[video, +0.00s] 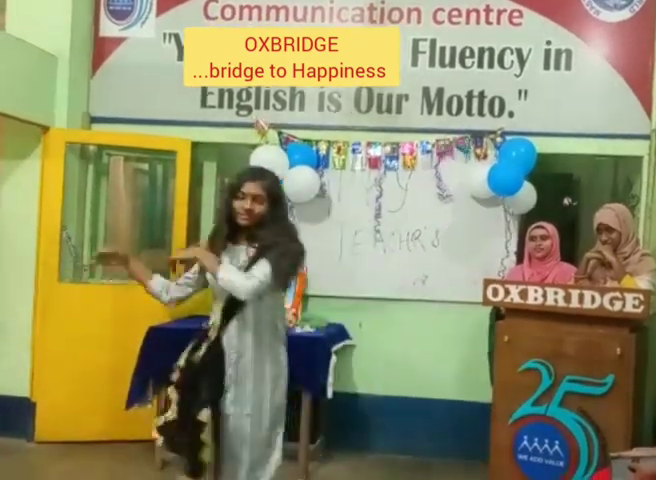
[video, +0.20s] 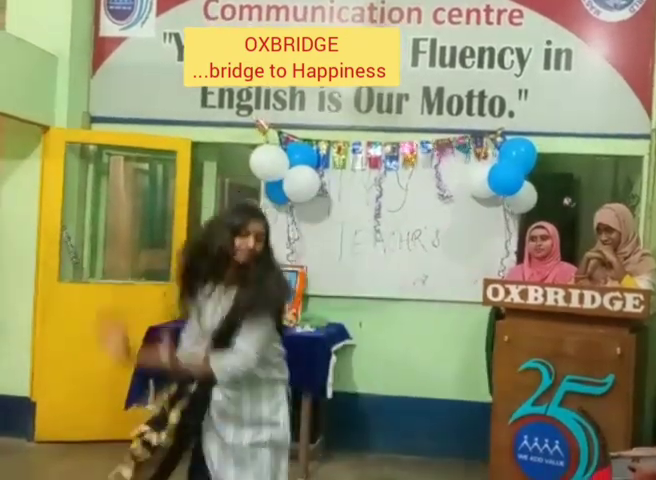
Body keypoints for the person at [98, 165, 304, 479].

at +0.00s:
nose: (247, 207)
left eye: (257, 201)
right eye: (241, 197)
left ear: (272, 207)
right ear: (231, 201)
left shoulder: (283, 248)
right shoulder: (222, 243)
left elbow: (245, 288)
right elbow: (173, 294)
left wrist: (206, 257)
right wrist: (132, 265)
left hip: (259, 364)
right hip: (220, 359)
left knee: (250, 449)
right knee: (215, 444)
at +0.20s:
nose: (251, 245)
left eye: (259, 238)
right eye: (243, 235)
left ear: (265, 244)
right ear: (225, 236)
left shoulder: (263, 290)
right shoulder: (204, 285)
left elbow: (245, 359)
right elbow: (192, 342)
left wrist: (184, 364)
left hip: (261, 411)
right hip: (219, 405)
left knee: (257, 474)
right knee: (211, 472)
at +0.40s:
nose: (261, 237)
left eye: (269, 229)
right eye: (251, 231)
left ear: (282, 237)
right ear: (241, 241)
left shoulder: (305, 286)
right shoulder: (242, 293)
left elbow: (311, 356)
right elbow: (250, 356)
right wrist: (260, 417)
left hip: (307, 399)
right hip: (265, 399)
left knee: (302, 471)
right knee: (258, 470)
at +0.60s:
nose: (284, 199)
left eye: (293, 191)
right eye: (281, 194)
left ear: (317, 196)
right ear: (279, 205)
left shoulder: (347, 250)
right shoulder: (277, 252)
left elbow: (396, 284)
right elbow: (278, 317)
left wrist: (433, 309)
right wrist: (336, 326)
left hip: (343, 375)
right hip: (297, 377)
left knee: (363, 462)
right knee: (308, 466)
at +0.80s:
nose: (311, 200)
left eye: (321, 193)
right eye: (304, 193)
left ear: (339, 202)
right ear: (296, 201)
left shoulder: (356, 249)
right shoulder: (281, 254)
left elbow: (419, 274)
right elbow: (273, 310)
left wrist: (435, 240)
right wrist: (324, 272)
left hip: (352, 388)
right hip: (299, 387)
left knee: (387, 464)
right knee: (292, 470)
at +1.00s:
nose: (283, 231)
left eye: (293, 223)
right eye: (276, 223)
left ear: (311, 230)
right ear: (268, 231)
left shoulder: (337, 281)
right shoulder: (268, 289)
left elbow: (354, 338)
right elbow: (261, 352)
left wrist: (372, 370)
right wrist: (272, 387)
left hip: (338, 399)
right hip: (290, 401)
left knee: (359, 470)